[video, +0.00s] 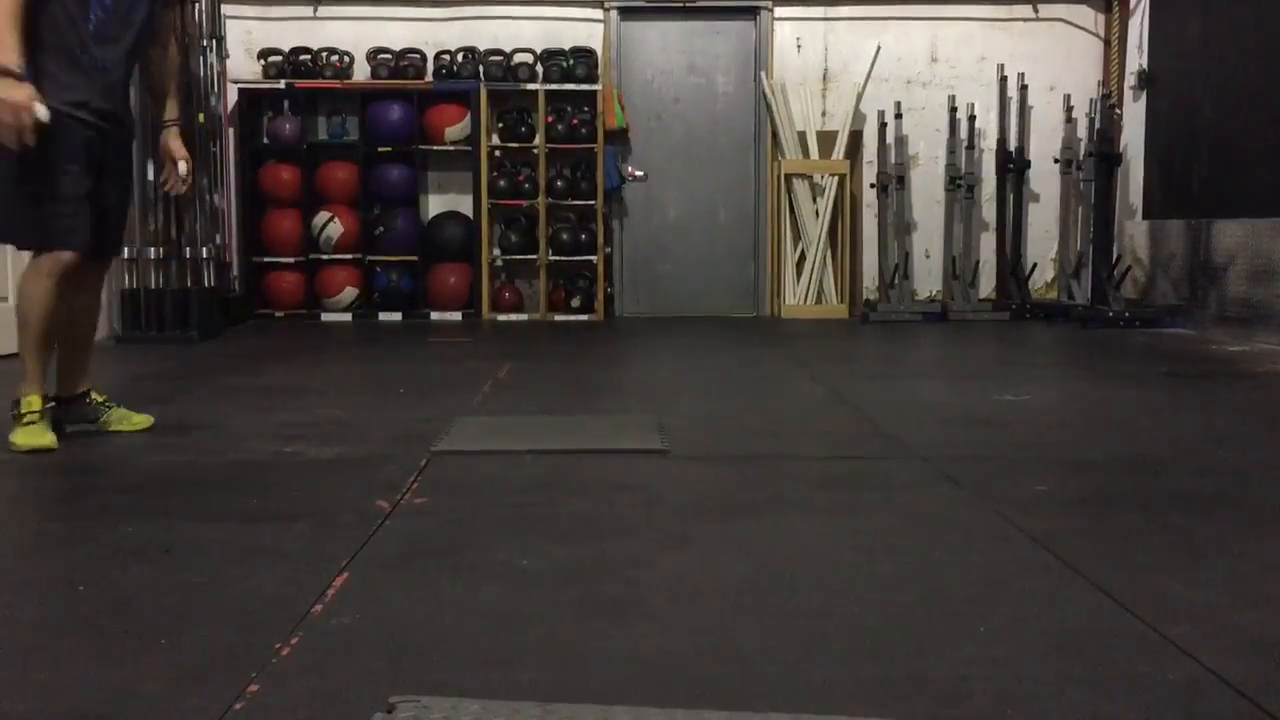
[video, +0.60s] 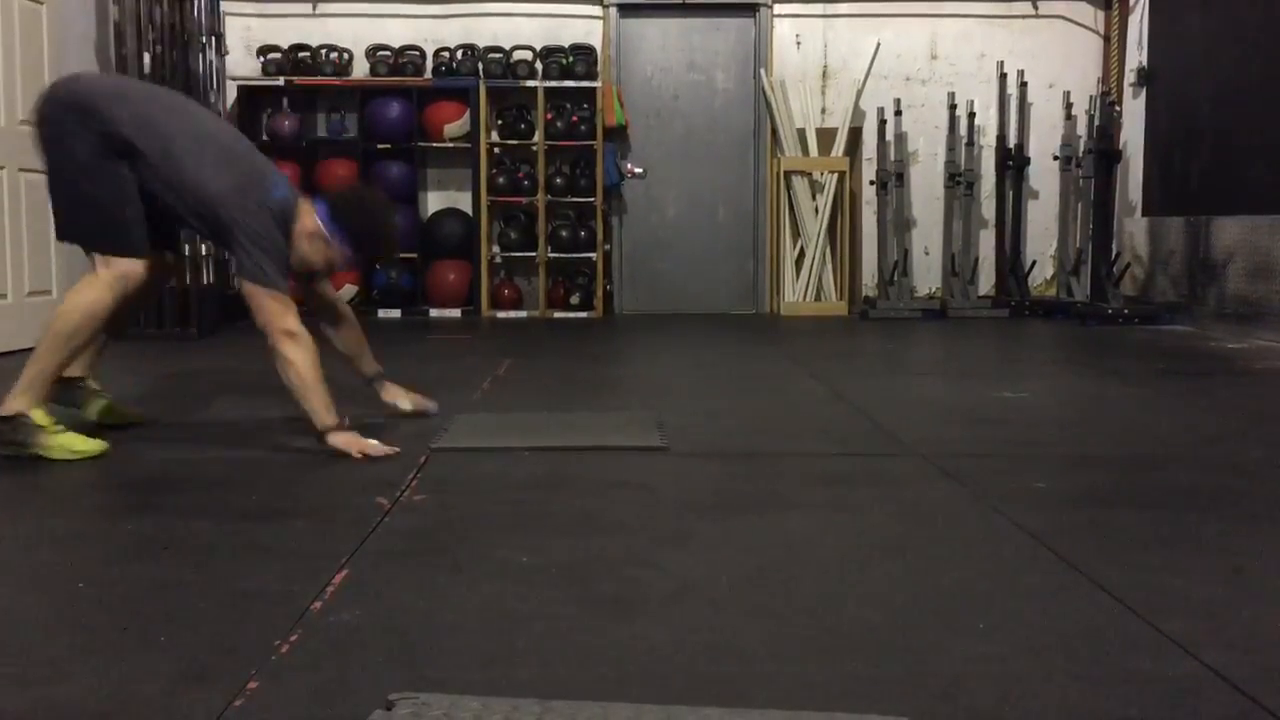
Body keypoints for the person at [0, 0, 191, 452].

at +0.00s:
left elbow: (163, 39)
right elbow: (13, 7)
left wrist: (170, 125)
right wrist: (11, 75)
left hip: (112, 114)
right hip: (50, 106)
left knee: (94, 259)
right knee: (58, 251)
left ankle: (73, 398)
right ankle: (32, 403)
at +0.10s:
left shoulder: (171, 7)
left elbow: (167, 59)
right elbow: (37, 7)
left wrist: (166, 145)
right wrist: (46, 111)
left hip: (97, 103)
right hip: (33, 95)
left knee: (111, 248)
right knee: (87, 232)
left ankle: (74, 396)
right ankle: (23, 378)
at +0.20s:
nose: (249, 6)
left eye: (252, 4)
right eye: (247, 1)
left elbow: (180, 116)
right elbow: (77, 69)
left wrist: (164, 199)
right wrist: (79, 185)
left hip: (84, 110)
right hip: (25, 103)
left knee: (124, 252)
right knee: (90, 240)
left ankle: (76, 393)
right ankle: (33, 390)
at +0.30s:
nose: (279, 83)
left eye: (288, 74)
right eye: (283, 68)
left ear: (262, 42)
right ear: (261, 39)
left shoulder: (214, 88)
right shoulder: (177, 60)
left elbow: (191, 190)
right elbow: (120, 168)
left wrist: (185, 275)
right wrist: (121, 287)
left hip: (76, 145)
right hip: (24, 135)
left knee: (150, 272)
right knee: (101, 277)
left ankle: (76, 396)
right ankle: (31, 416)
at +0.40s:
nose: (299, 152)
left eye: (307, 144)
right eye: (301, 139)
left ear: (279, 110)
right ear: (277, 109)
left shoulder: (236, 149)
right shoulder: (201, 128)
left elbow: (240, 246)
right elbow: (173, 250)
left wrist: (256, 334)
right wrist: (195, 363)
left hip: (84, 180)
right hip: (36, 175)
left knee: (171, 297)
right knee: (140, 291)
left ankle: (80, 396)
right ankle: (34, 418)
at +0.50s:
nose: (316, 216)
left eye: (325, 210)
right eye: (320, 203)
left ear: (300, 172)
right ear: (299, 171)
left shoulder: (268, 184)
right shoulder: (229, 175)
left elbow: (295, 283)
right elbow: (236, 301)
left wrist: (334, 364)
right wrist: (286, 399)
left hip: (85, 162)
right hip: (46, 158)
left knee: (169, 283)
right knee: (143, 282)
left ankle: (80, 394)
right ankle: (34, 413)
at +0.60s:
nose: (329, 272)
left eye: (337, 267)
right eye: (334, 262)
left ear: (321, 220)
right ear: (318, 232)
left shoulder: (292, 210)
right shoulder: (257, 221)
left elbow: (329, 309)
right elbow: (283, 334)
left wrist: (380, 381)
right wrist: (332, 428)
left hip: (108, 110)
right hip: (76, 112)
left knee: (139, 266)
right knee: (119, 268)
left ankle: (74, 381)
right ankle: (19, 407)